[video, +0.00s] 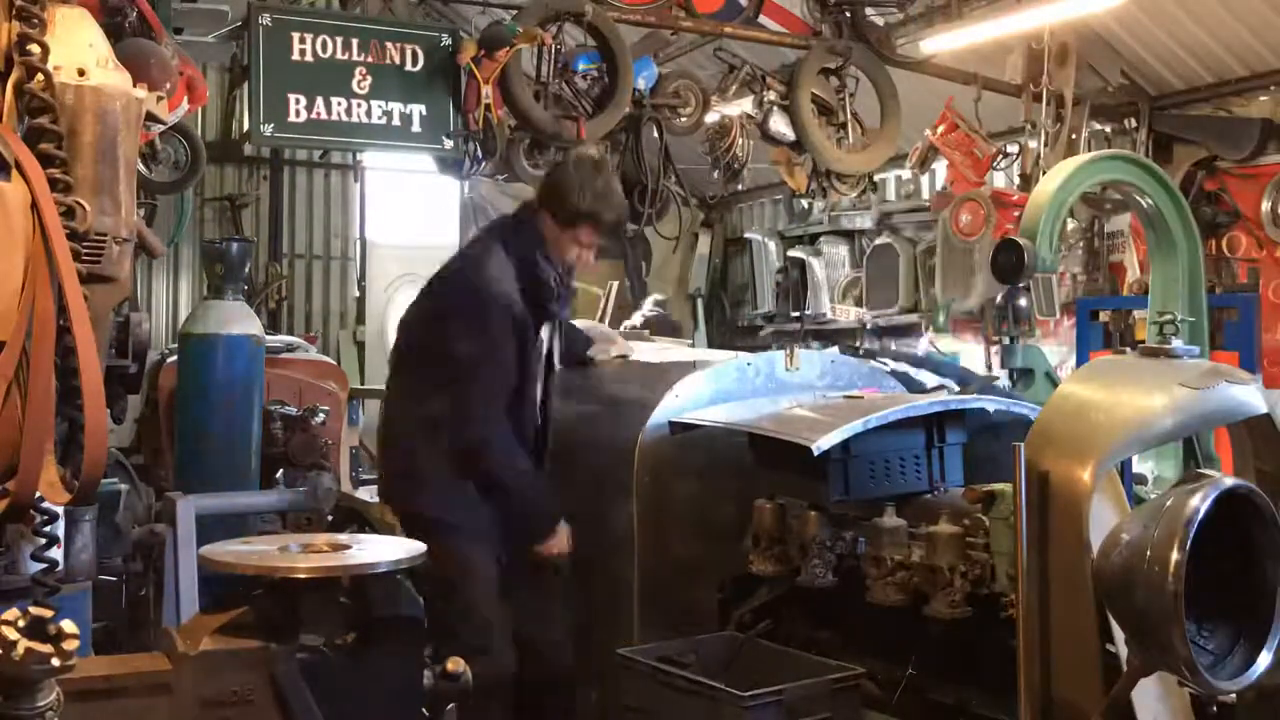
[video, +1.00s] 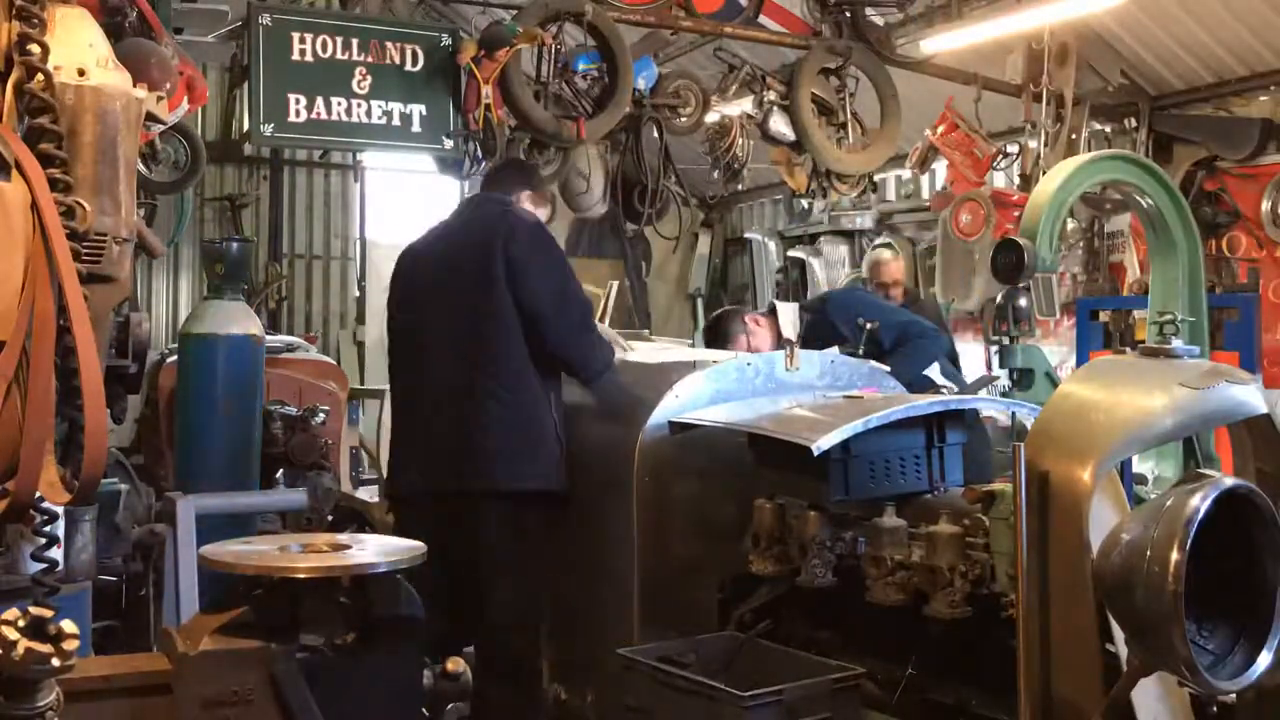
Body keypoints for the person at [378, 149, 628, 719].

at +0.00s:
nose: (587, 258)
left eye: (594, 246)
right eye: (584, 243)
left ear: (551, 214)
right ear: (553, 218)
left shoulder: (531, 259)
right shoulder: (490, 286)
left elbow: (525, 334)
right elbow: (480, 430)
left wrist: (585, 344)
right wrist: (541, 517)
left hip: (487, 466)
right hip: (436, 478)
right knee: (482, 649)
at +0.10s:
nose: (536, 212)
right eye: (534, 201)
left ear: (469, 196)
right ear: (524, 197)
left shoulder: (417, 253)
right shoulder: (531, 237)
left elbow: (394, 368)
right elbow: (566, 352)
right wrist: (600, 345)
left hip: (436, 462)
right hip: (515, 460)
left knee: (455, 602)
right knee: (526, 604)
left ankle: (467, 705)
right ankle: (521, 706)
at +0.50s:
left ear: (448, 200)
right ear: (493, 204)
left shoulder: (394, 236)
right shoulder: (520, 232)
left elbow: (372, 334)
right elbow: (584, 299)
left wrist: (387, 402)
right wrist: (561, 374)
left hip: (412, 429)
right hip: (507, 428)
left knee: (418, 569)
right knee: (497, 567)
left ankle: (424, 694)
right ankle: (492, 698)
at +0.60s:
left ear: (459, 223)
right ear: (515, 229)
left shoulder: (401, 259)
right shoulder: (526, 247)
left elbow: (363, 357)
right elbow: (583, 314)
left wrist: (370, 448)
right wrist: (560, 371)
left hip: (407, 433)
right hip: (502, 432)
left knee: (407, 568)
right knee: (495, 565)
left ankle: (407, 692)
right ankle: (492, 694)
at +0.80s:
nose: (584, 257)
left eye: (586, 249)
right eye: (586, 247)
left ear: (530, 220)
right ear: (572, 230)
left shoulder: (453, 264)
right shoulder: (558, 267)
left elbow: (416, 367)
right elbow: (573, 380)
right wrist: (600, 357)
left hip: (426, 471)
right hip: (511, 477)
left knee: (441, 615)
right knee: (507, 624)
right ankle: (503, 709)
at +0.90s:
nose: (587, 249)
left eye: (592, 238)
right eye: (589, 234)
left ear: (542, 208)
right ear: (560, 210)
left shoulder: (453, 261)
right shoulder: (546, 257)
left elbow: (416, 371)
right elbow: (564, 369)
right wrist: (596, 347)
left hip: (419, 473)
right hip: (501, 478)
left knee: (442, 618)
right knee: (504, 630)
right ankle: (504, 711)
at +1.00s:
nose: (543, 222)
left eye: (546, 216)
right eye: (544, 214)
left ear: (483, 194)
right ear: (527, 199)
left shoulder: (416, 253)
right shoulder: (520, 235)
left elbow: (407, 362)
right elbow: (566, 331)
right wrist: (607, 366)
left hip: (424, 456)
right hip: (508, 453)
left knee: (446, 600)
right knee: (513, 601)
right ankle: (508, 708)